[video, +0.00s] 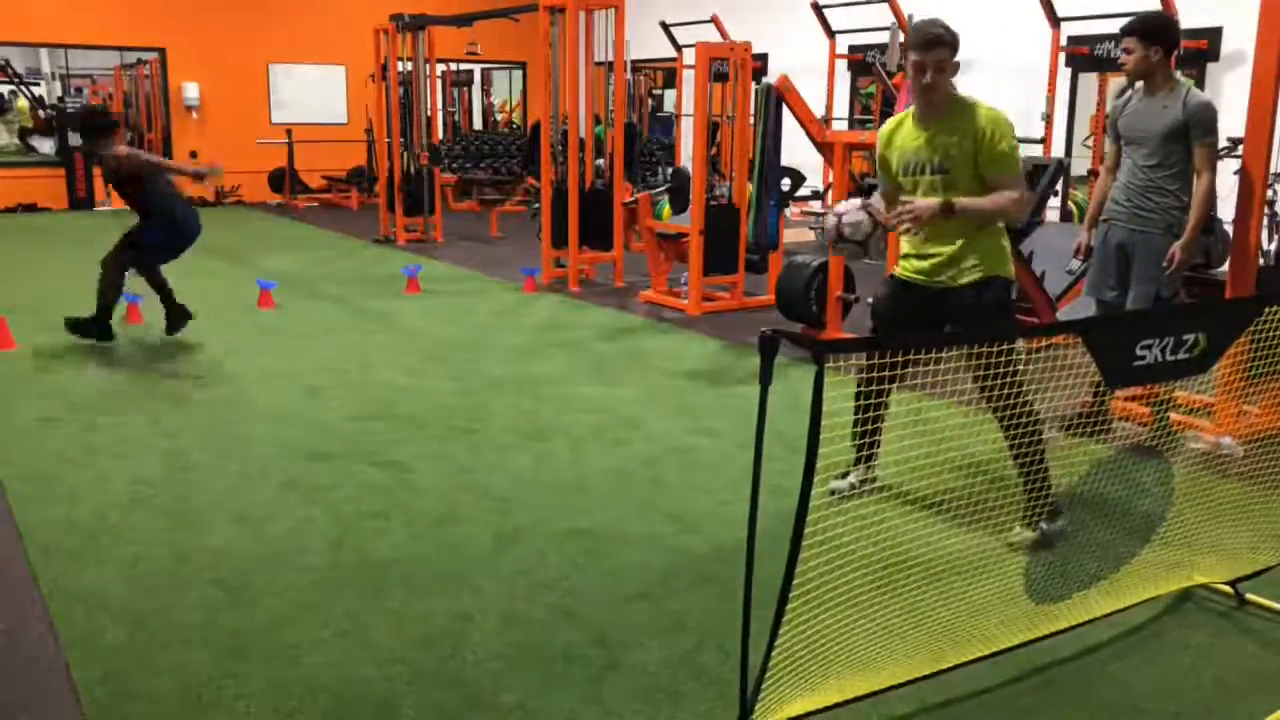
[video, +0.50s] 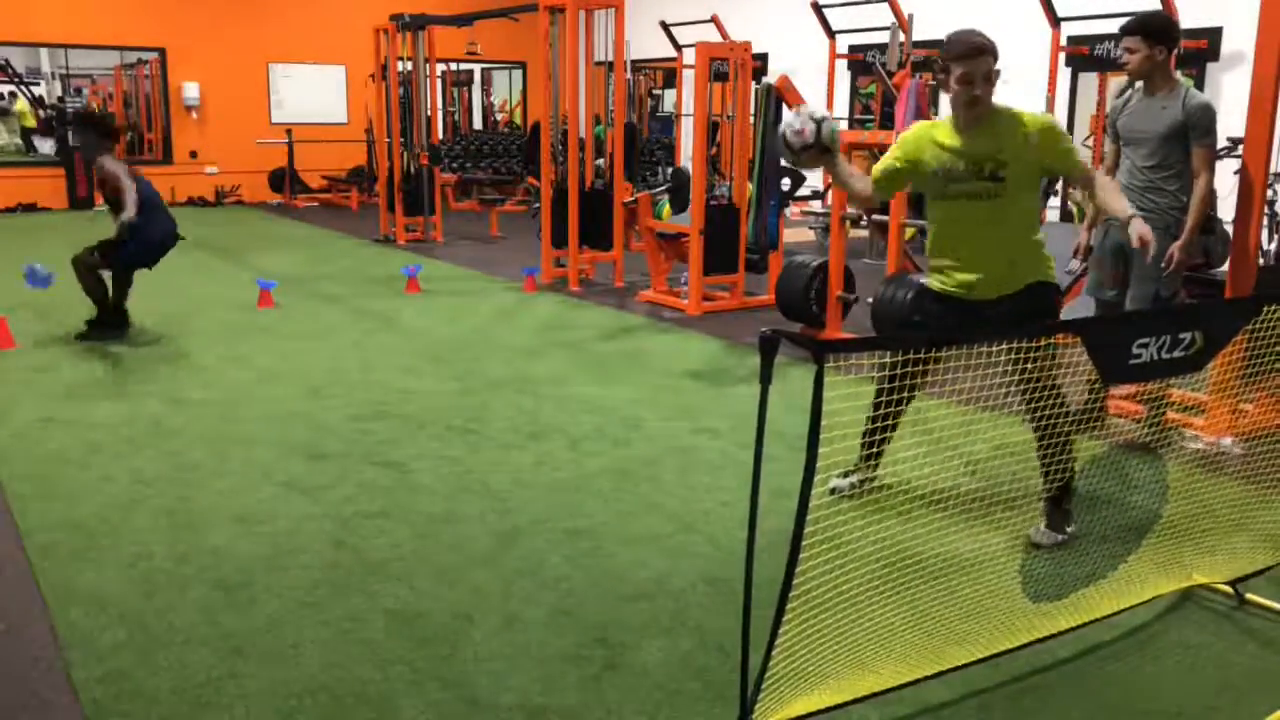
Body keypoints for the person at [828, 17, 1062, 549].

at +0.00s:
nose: (926, 79)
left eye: (936, 69)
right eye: (917, 68)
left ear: (954, 67)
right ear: (904, 67)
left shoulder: (986, 124)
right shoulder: (891, 134)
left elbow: (1017, 203)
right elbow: (890, 201)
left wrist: (946, 205)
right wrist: (872, 215)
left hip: (978, 279)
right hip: (912, 277)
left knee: (1002, 392)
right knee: (874, 373)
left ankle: (1043, 507)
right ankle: (863, 470)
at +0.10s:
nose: (914, 75)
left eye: (925, 63)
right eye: (905, 65)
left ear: (944, 61)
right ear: (891, 66)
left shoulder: (976, 116)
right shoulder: (887, 126)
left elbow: (1014, 191)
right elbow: (878, 190)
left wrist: (951, 212)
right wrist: (840, 193)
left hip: (977, 274)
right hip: (911, 274)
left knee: (1005, 388)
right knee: (879, 368)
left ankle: (1041, 502)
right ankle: (862, 468)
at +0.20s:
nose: (912, 74)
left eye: (923, 64)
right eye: (902, 65)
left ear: (944, 63)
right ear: (892, 68)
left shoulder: (975, 114)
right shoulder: (888, 122)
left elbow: (1026, 179)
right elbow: (863, 170)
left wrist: (986, 230)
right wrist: (809, 160)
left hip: (981, 274)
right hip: (914, 273)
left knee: (1011, 386)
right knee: (882, 370)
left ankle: (1048, 502)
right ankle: (864, 468)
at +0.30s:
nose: (925, 79)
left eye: (934, 68)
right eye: (914, 70)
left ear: (951, 64)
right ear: (900, 71)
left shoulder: (983, 118)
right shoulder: (895, 122)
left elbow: (1045, 171)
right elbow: (862, 159)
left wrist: (1050, 233)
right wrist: (810, 129)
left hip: (990, 273)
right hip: (922, 273)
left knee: (1017, 386)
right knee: (887, 367)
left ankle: (1055, 505)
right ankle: (864, 468)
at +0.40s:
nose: (944, 84)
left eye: (953, 73)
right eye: (933, 74)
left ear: (970, 69)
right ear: (918, 74)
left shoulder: (1005, 125)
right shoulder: (907, 127)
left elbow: (1074, 171)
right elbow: (858, 162)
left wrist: (1102, 228)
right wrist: (813, 120)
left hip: (1005, 281)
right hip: (933, 279)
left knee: (1026, 391)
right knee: (889, 366)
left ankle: (1056, 505)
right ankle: (864, 469)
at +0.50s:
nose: (975, 90)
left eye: (984, 79)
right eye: (964, 80)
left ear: (996, 77)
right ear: (945, 80)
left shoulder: (1034, 134)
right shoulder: (920, 140)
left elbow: (1093, 179)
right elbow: (868, 193)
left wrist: (1131, 218)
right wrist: (827, 155)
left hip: (1022, 287)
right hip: (946, 289)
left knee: (1038, 391)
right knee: (898, 374)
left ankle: (1058, 508)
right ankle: (865, 469)